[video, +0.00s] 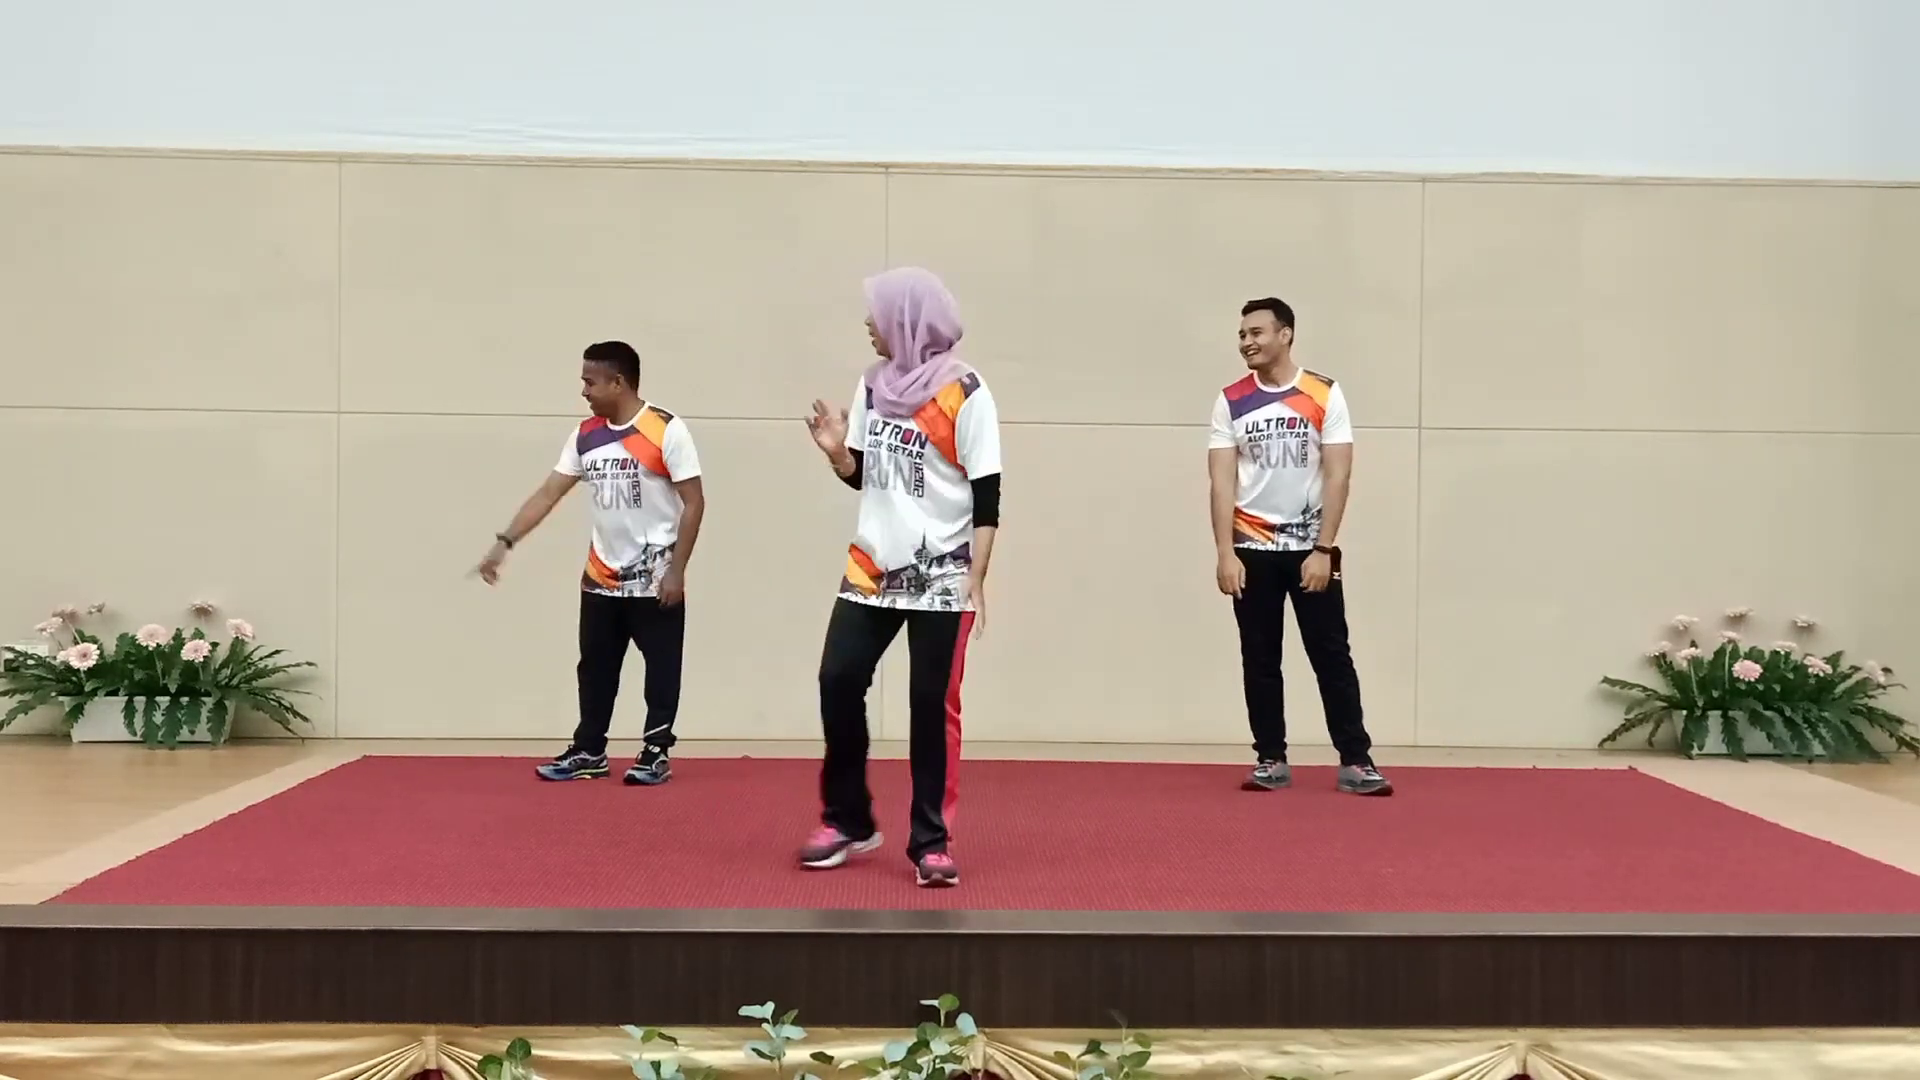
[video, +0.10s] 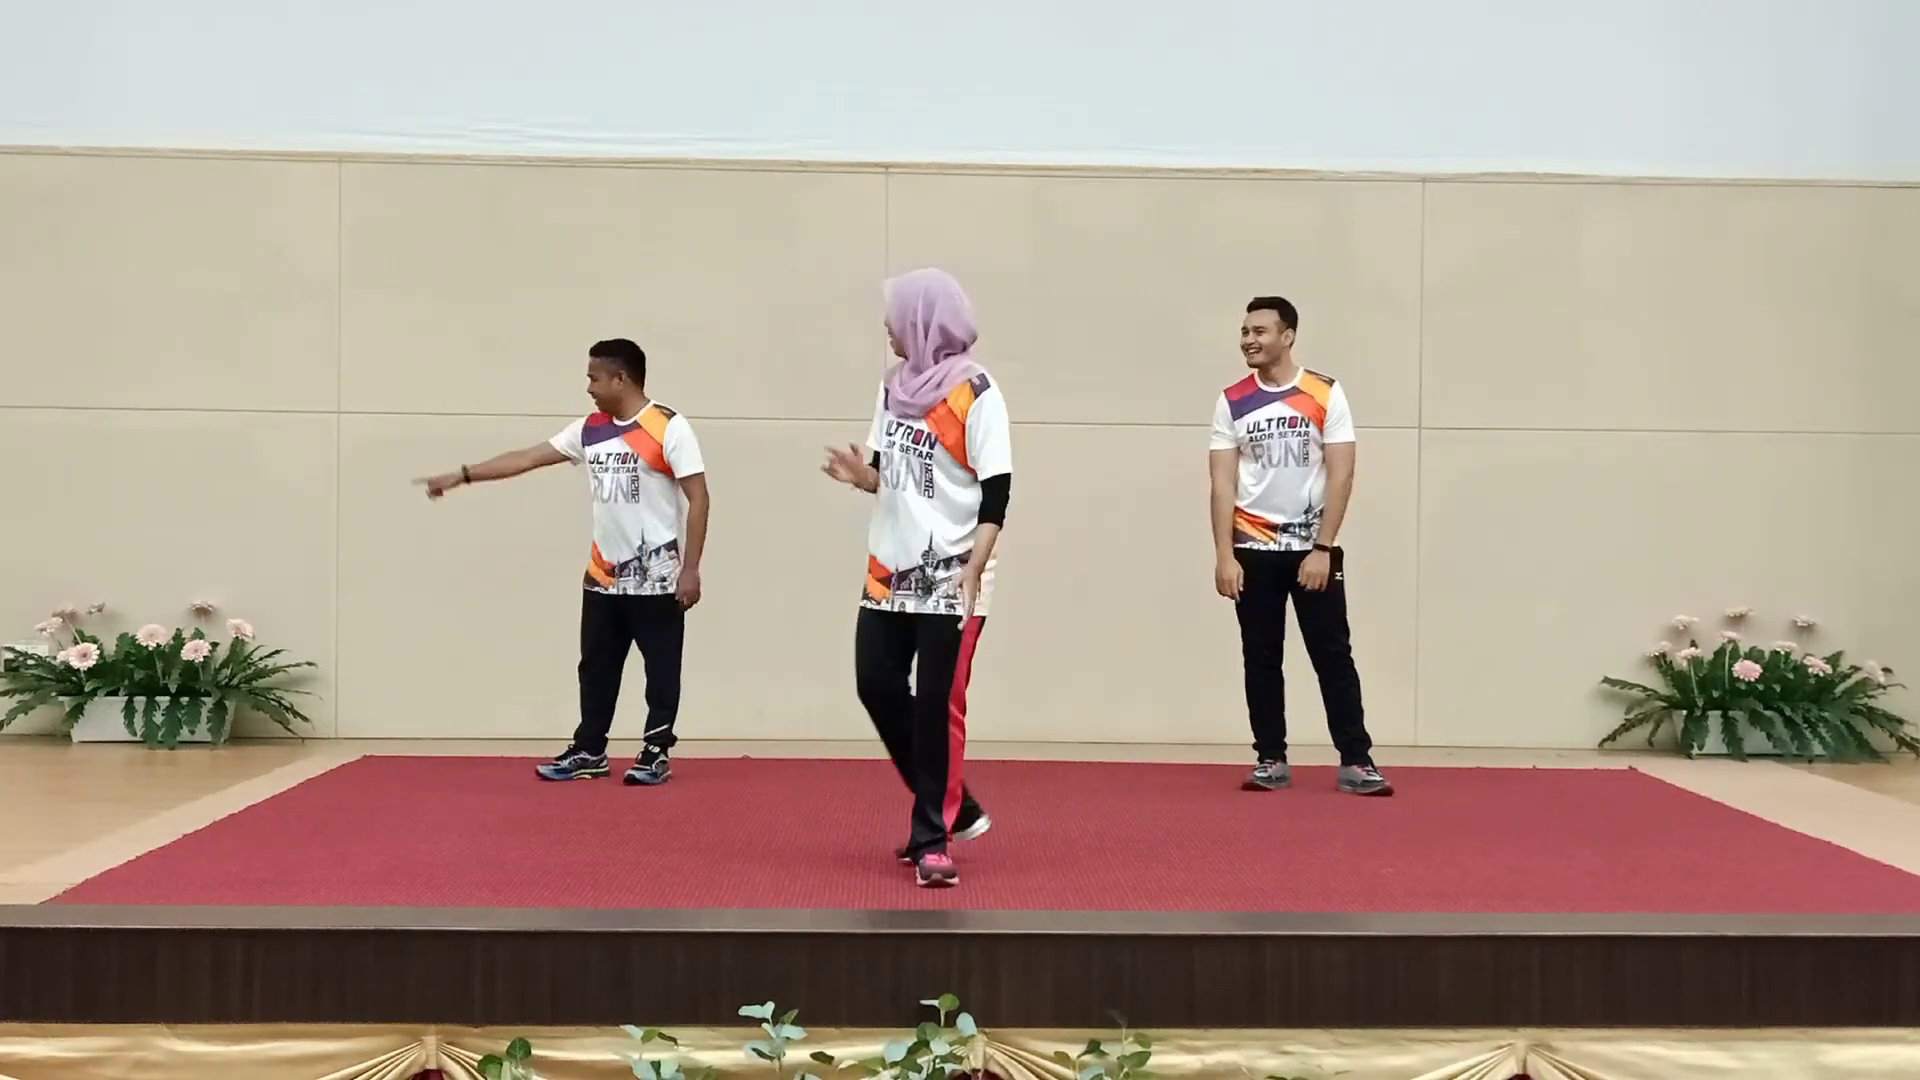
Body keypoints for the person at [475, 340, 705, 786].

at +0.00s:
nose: (583, 390)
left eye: (590, 381)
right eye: (583, 381)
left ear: (620, 382)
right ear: (607, 382)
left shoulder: (667, 432)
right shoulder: (586, 434)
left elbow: (694, 502)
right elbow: (548, 493)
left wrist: (677, 568)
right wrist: (504, 543)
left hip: (656, 576)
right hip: (603, 575)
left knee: (663, 670)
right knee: (596, 668)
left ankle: (655, 755)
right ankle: (588, 753)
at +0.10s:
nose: (588, 386)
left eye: (594, 378)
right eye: (588, 377)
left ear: (623, 379)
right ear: (615, 379)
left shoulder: (670, 428)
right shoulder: (588, 429)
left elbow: (699, 498)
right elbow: (528, 458)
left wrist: (691, 568)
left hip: (658, 576)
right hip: (605, 575)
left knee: (662, 672)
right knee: (596, 668)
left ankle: (656, 755)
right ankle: (589, 752)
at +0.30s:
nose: (597, 380)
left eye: (604, 372)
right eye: (597, 372)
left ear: (634, 375)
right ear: (620, 376)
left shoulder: (675, 428)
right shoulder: (593, 423)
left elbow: (701, 498)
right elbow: (529, 428)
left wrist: (694, 567)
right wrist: (463, 422)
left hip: (656, 576)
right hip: (602, 574)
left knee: (661, 672)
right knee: (594, 667)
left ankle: (656, 754)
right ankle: (589, 753)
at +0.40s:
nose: (603, 379)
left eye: (612, 370)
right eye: (602, 370)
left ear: (643, 373)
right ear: (604, 374)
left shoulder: (676, 428)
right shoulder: (594, 423)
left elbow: (701, 499)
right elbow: (528, 429)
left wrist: (691, 567)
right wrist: (463, 423)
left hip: (655, 575)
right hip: (601, 573)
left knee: (661, 671)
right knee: (593, 667)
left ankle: (656, 754)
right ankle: (589, 752)